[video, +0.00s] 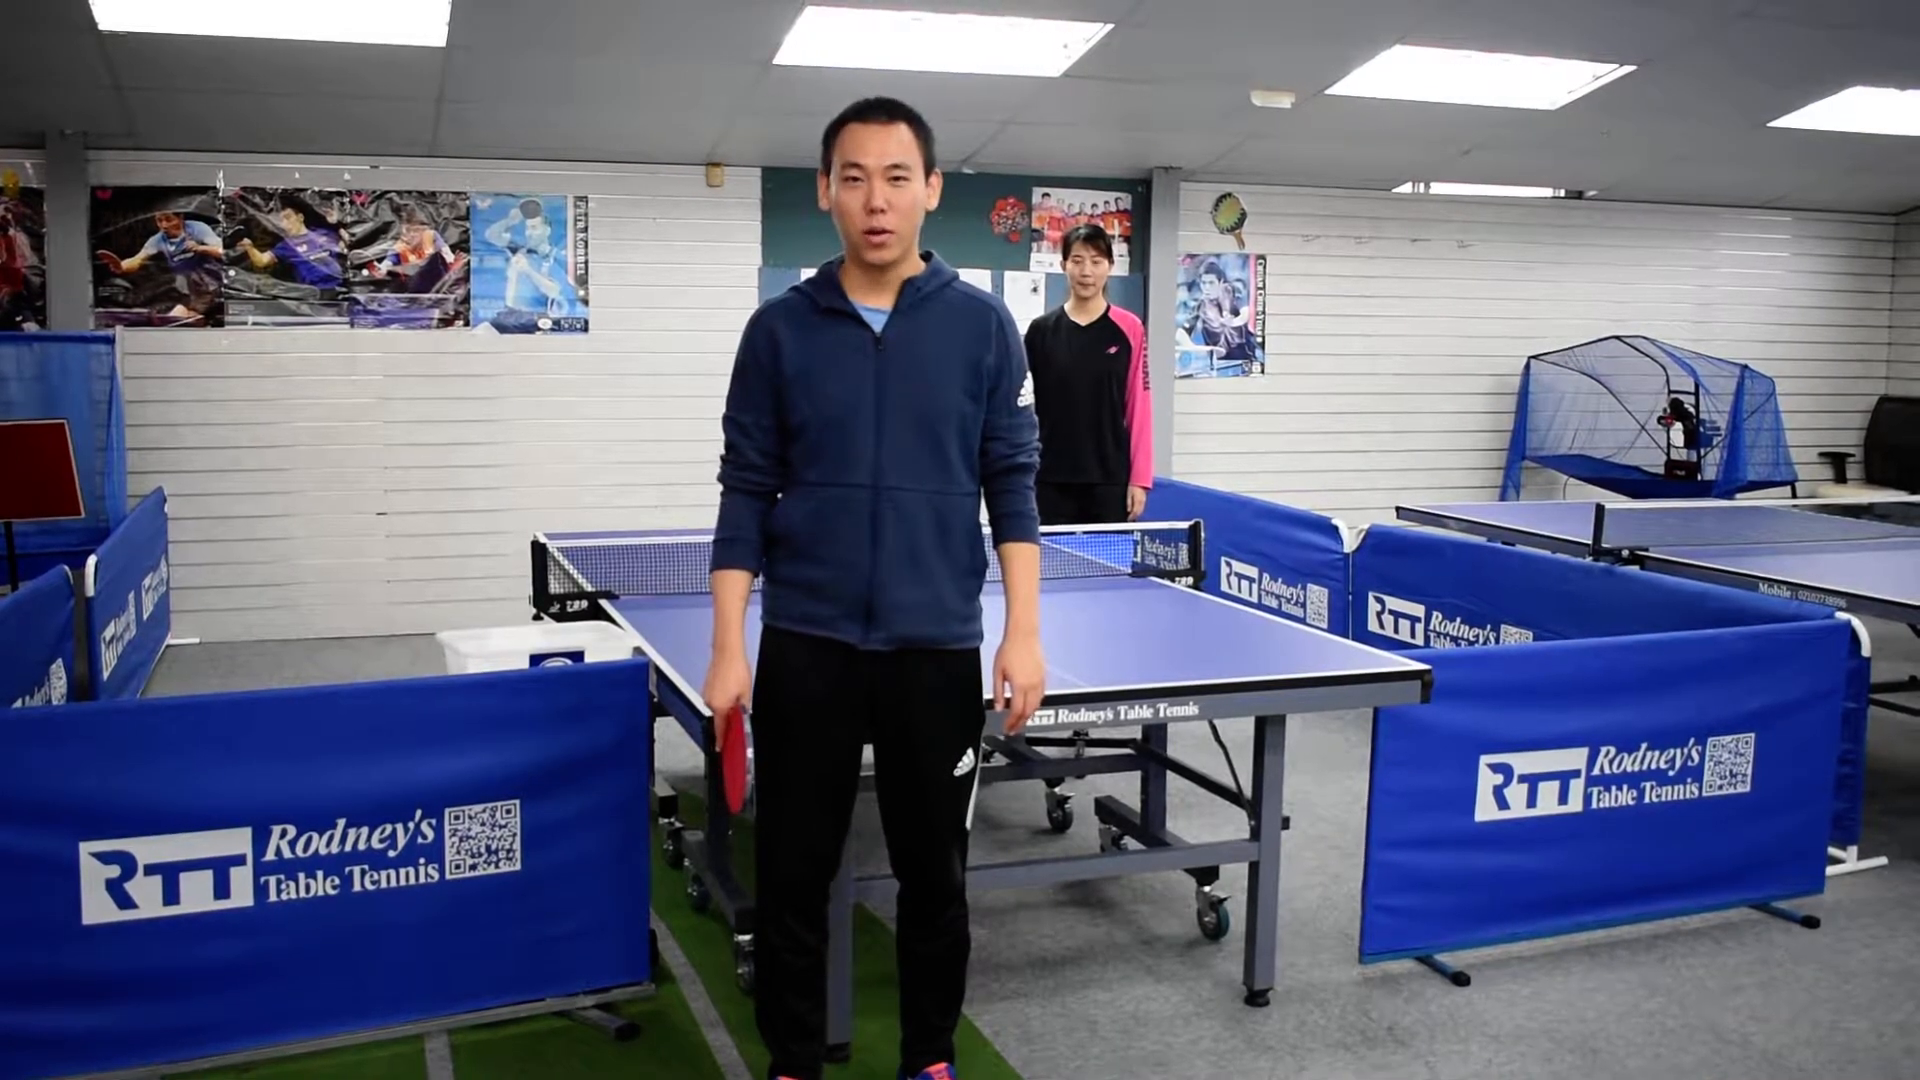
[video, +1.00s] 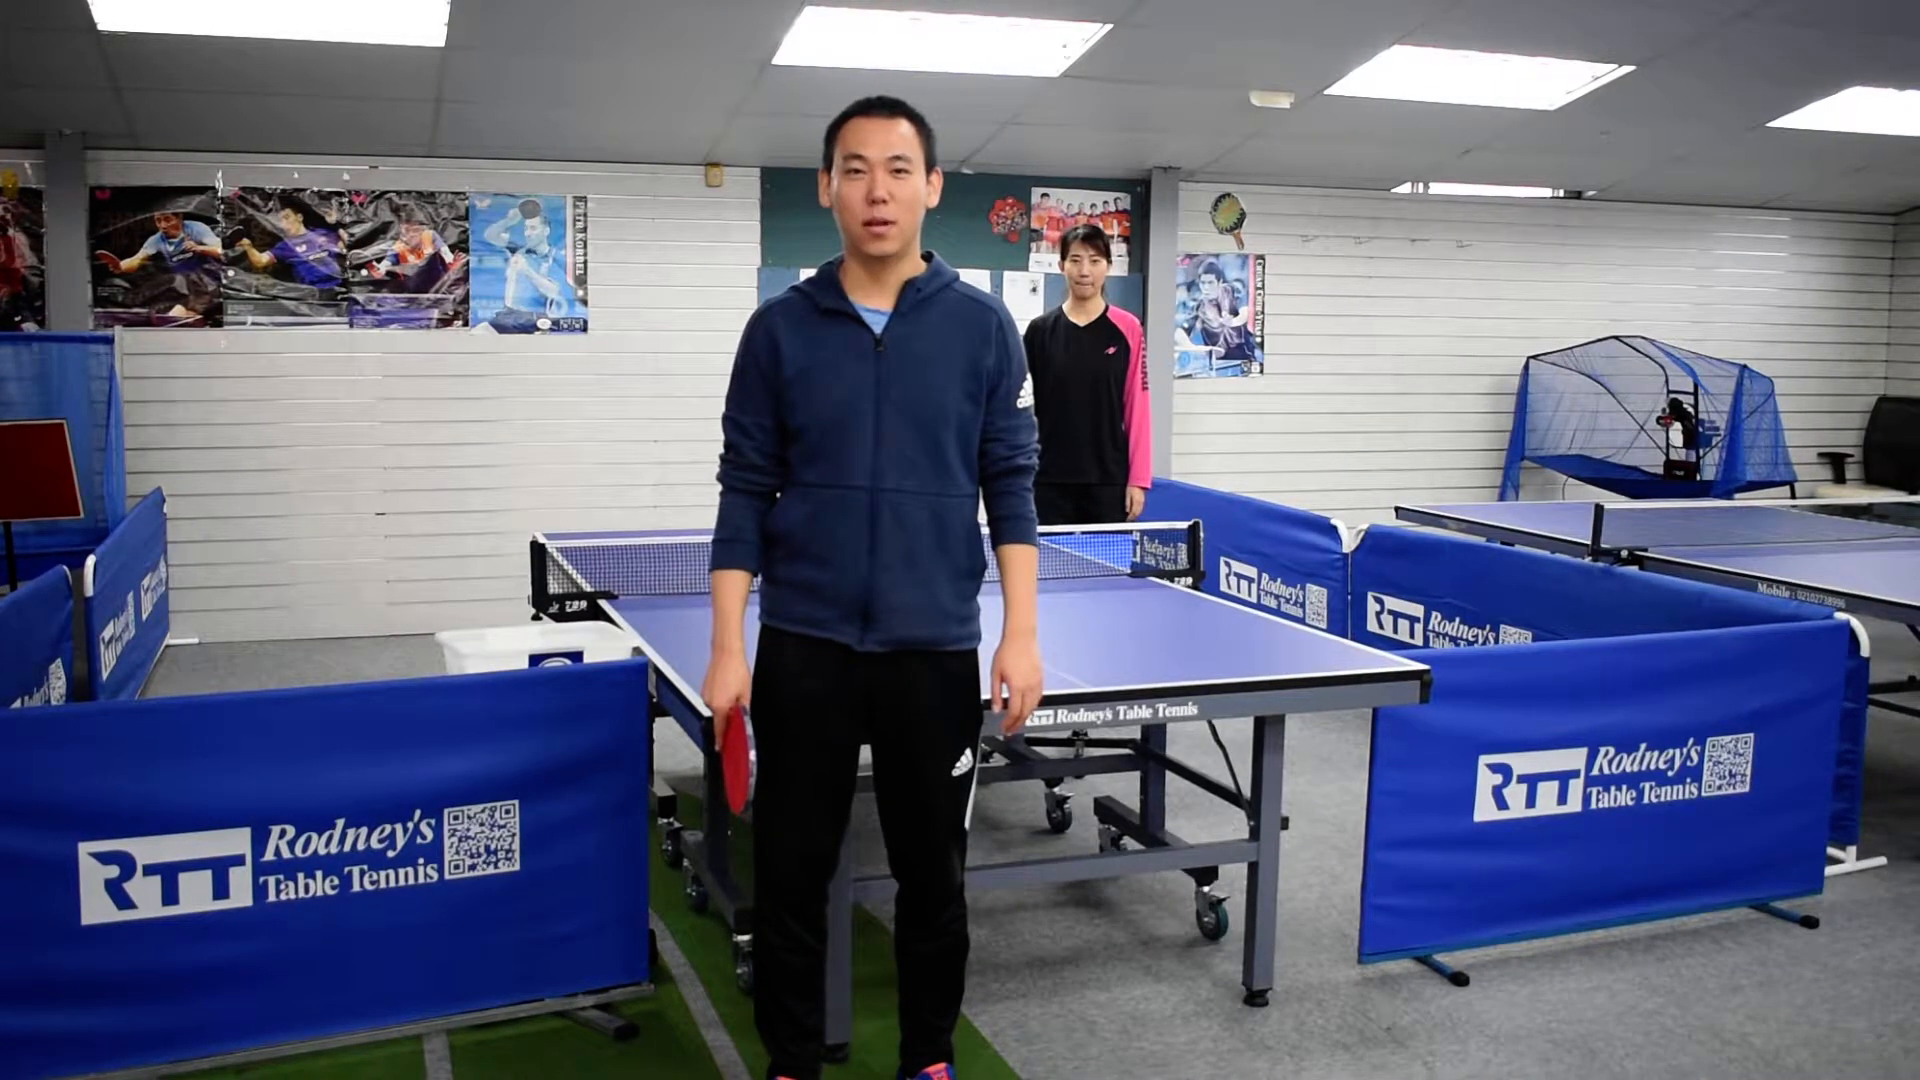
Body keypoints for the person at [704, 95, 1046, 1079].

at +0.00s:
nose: (876, 198)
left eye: (897, 178)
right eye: (855, 179)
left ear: (929, 194)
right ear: (827, 195)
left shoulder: (981, 326)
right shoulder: (780, 329)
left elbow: (1014, 483)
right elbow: (744, 489)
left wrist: (1024, 630)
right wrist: (727, 645)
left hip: (936, 646)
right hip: (807, 644)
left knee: (933, 876)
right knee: (791, 877)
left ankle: (930, 1061)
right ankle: (792, 1062)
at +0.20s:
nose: (877, 196)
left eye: (898, 176)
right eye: (856, 177)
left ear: (932, 191)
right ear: (828, 193)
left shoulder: (982, 327)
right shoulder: (781, 328)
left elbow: (1013, 484)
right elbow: (743, 488)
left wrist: (1023, 632)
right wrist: (727, 646)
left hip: (934, 646)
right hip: (806, 643)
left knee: (932, 874)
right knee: (791, 875)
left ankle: (930, 1059)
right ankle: (792, 1061)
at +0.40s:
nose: (878, 190)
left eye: (900, 170)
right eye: (857, 171)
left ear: (932, 190)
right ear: (829, 191)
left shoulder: (983, 327)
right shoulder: (780, 328)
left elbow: (1012, 485)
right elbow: (743, 488)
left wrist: (1022, 632)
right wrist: (726, 646)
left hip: (933, 646)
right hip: (805, 644)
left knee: (932, 874)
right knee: (790, 876)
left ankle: (930, 1059)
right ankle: (791, 1061)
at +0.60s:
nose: (876, 187)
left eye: (898, 168)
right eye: (855, 168)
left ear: (931, 190)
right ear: (828, 191)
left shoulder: (982, 327)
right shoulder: (780, 327)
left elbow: (1012, 485)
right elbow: (743, 488)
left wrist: (1022, 632)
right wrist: (727, 646)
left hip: (933, 645)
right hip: (805, 643)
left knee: (932, 875)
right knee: (790, 875)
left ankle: (930, 1060)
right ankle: (791, 1061)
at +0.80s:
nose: (876, 189)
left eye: (898, 169)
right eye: (855, 170)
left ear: (931, 190)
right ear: (828, 190)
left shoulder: (981, 327)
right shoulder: (780, 328)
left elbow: (1012, 484)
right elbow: (742, 488)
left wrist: (1021, 632)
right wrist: (727, 646)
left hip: (933, 646)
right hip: (805, 644)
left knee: (931, 877)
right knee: (789, 878)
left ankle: (929, 1061)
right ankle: (791, 1061)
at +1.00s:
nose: (877, 189)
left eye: (898, 170)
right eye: (855, 170)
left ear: (931, 190)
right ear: (828, 191)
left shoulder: (981, 327)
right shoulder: (780, 328)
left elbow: (1012, 485)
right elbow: (742, 488)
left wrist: (1021, 632)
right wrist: (727, 646)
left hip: (933, 646)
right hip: (805, 644)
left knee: (931, 877)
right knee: (789, 877)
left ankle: (929, 1061)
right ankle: (791, 1062)